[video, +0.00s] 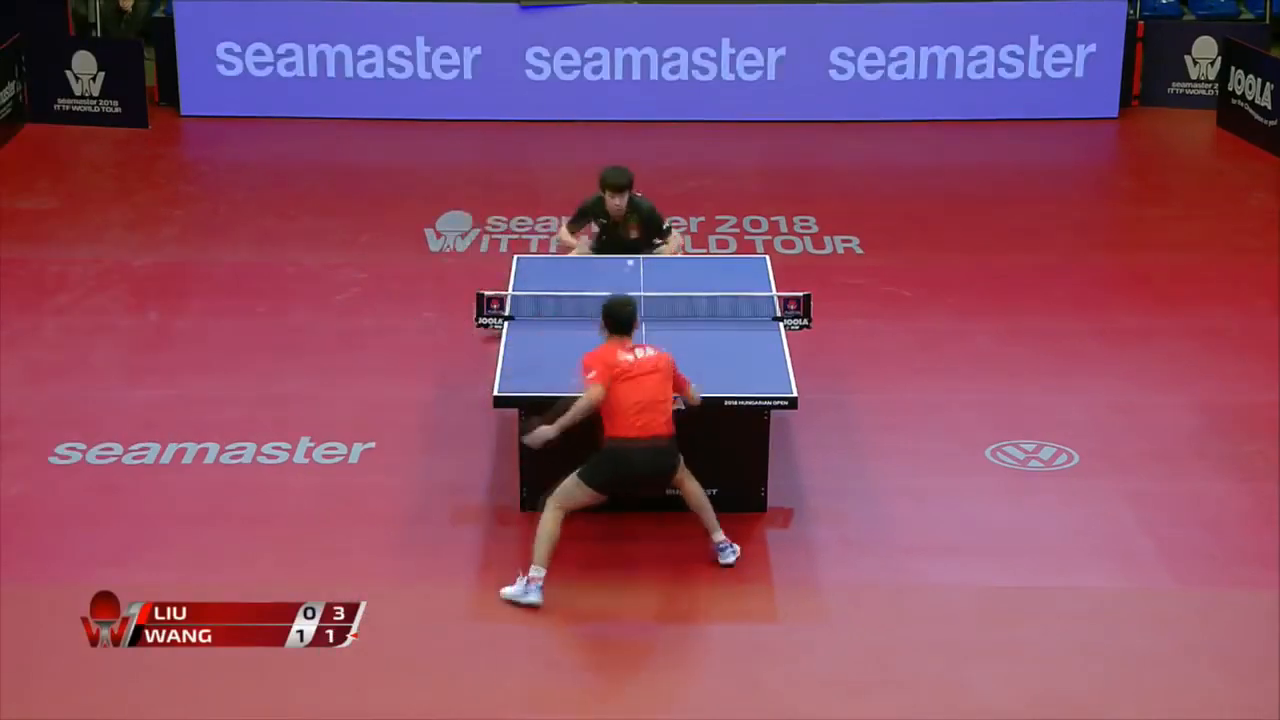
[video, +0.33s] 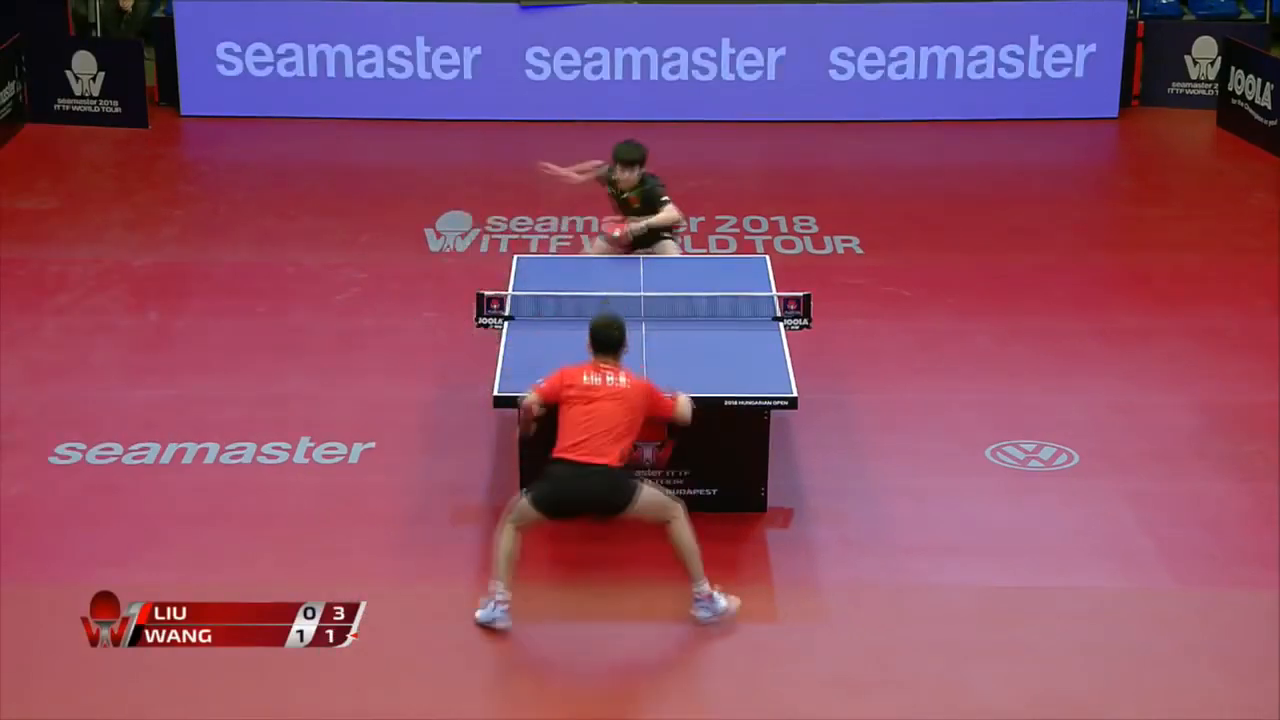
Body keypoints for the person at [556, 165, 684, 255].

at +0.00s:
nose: (617, 203)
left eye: (622, 196)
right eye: (612, 196)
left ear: (629, 193)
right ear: (603, 194)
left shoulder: (644, 208)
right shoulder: (594, 205)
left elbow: (673, 239)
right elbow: (564, 234)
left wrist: (668, 250)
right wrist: (578, 245)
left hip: (640, 252)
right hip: (605, 251)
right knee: (572, 258)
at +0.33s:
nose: (618, 176)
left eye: (625, 171)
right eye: (616, 169)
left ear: (639, 170)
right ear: (613, 167)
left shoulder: (651, 186)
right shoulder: (610, 176)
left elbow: (674, 215)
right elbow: (596, 169)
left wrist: (641, 224)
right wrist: (569, 173)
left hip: (656, 237)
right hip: (624, 234)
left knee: (673, 265)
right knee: (586, 261)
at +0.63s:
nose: (636, 127)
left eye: (642, 121)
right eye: (632, 121)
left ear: (653, 126)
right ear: (625, 123)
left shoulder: (666, 152)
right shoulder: (622, 143)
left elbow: (682, 194)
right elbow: (633, 176)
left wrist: (659, 200)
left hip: (670, 206)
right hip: (639, 202)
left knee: (680, 259)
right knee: (611, 250)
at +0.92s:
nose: (638, 137)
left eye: (644, 132)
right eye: (634, 131)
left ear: (653, 135)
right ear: (627, 132)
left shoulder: (667, 161)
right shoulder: (614, 155)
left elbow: (694, 190)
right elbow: (595, 173)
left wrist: (684, 202)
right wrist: (590, 206)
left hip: (664, 213)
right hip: (630, 212)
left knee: (681, 264)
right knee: (595, 260)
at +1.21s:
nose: (678, 116)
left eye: (684, 111)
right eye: (674, 110)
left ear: (692, 114)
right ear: (668, 111)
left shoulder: (700, 142)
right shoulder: (647, 138)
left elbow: (714, 174)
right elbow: (625, 168)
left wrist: (727, 203)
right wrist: (658, 194)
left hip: (682, 197)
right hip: (645, 196)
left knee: (721, 248)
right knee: (609, 248)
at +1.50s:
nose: (749, 132)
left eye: (752, 127)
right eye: (745, 126)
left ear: (752, 129)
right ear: (729, 124)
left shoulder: (748, 151)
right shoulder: (707, 148)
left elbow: (757, 175)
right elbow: (681, 178)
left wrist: (789, 187)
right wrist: (707, 170)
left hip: (726, 217)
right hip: (693, 216)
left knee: (770, 248)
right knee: (646, 256)